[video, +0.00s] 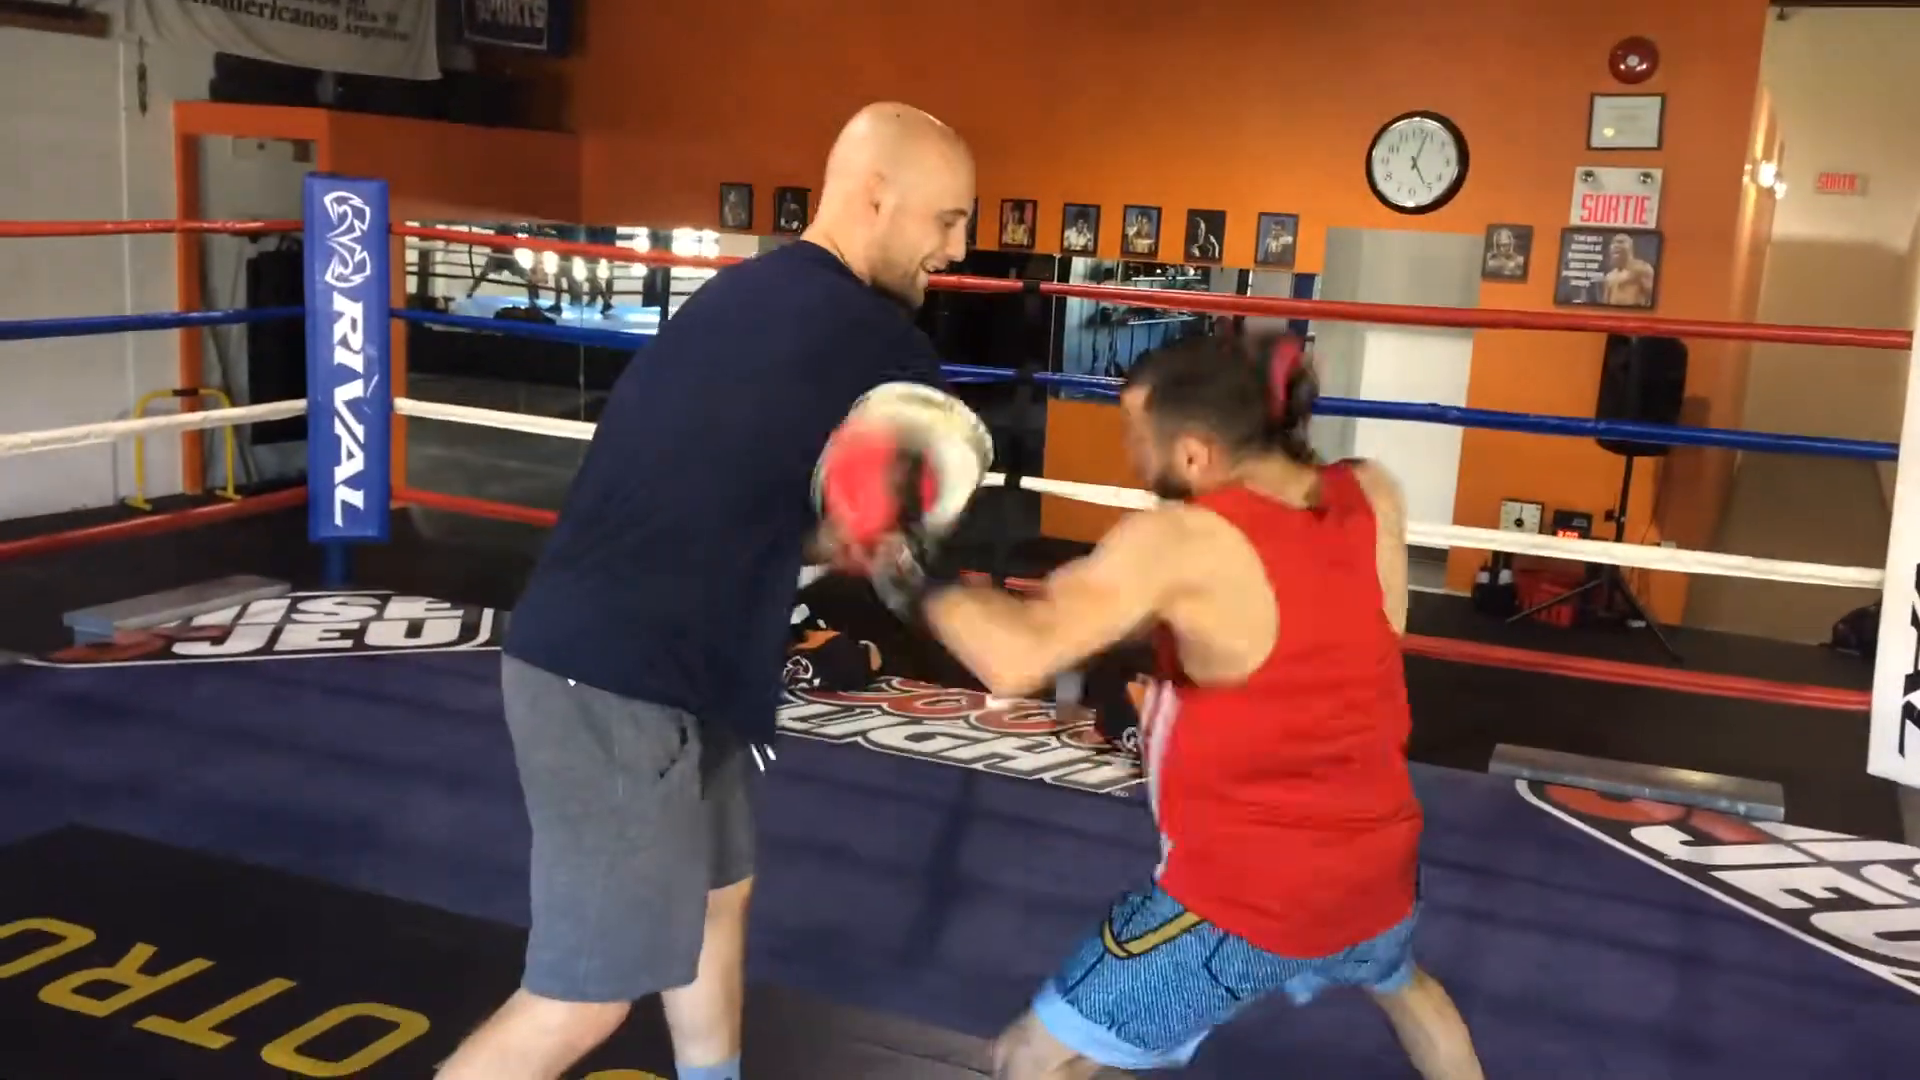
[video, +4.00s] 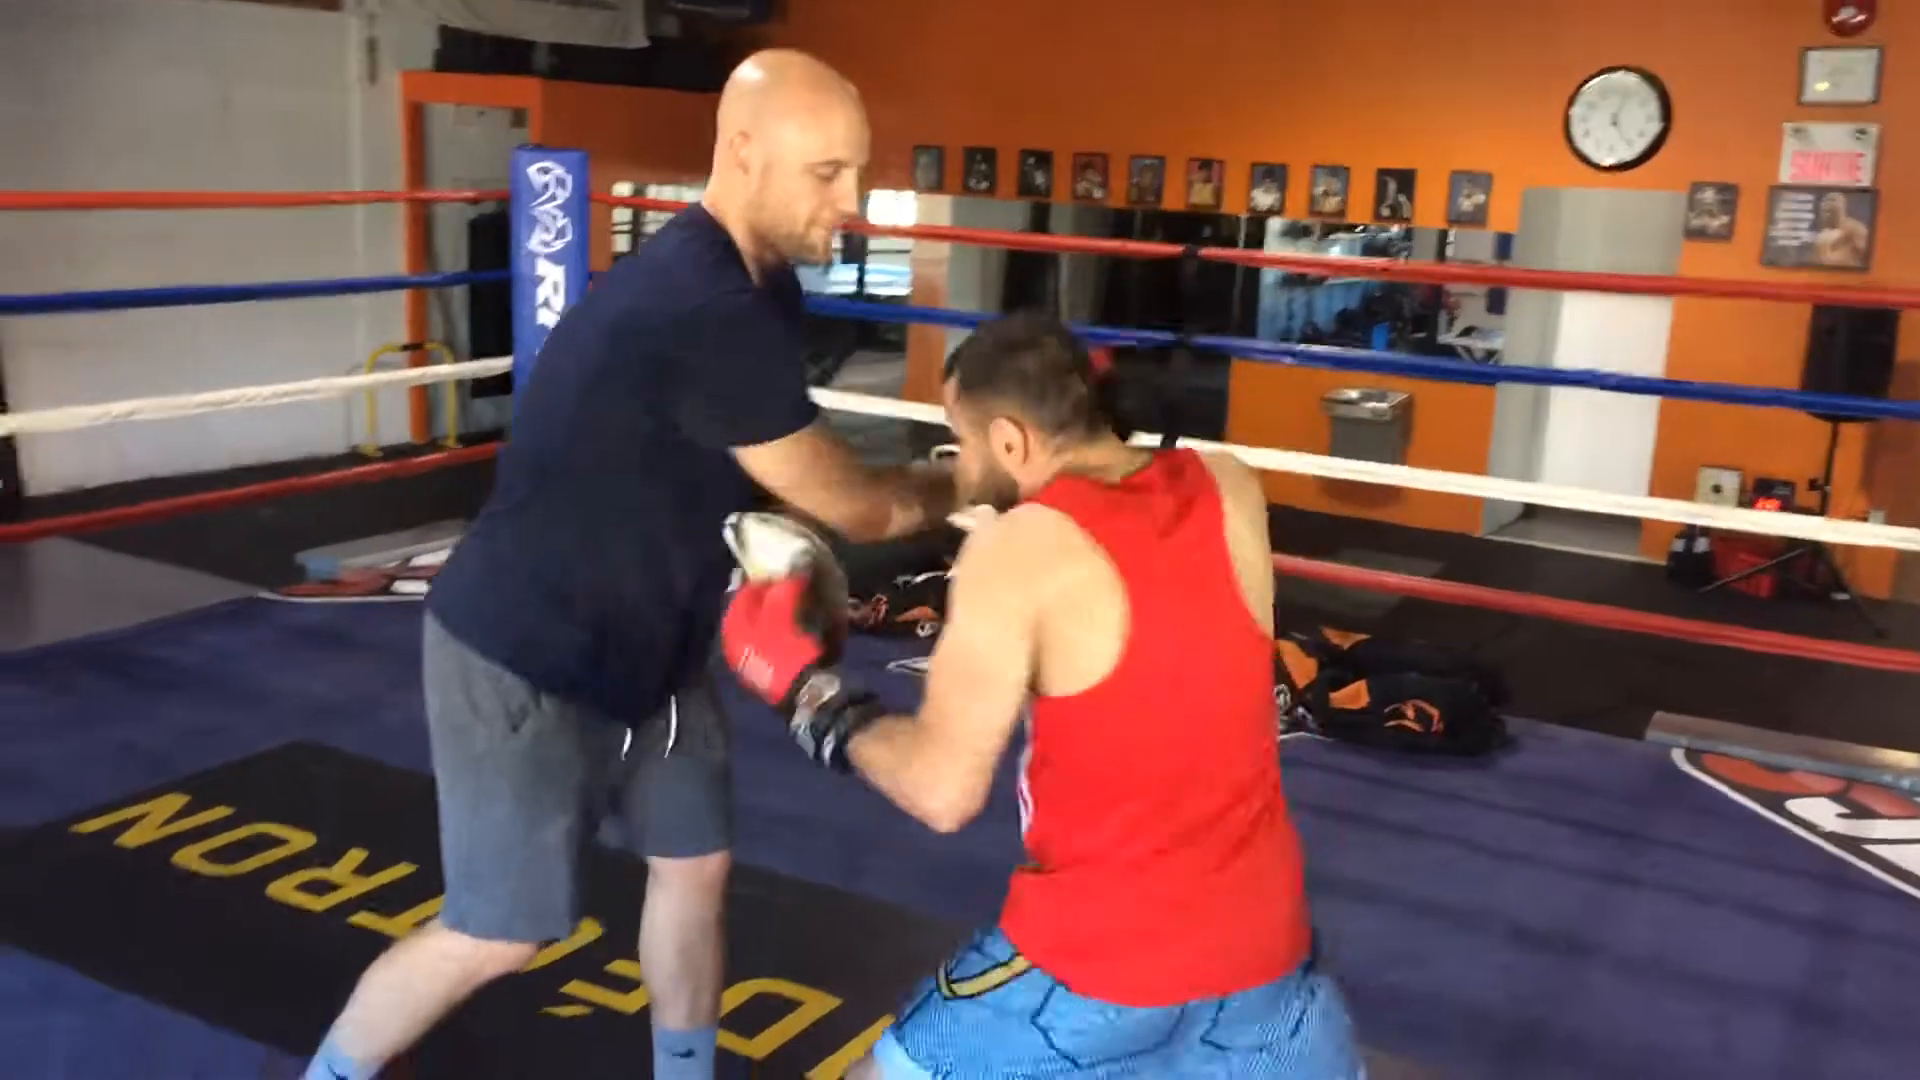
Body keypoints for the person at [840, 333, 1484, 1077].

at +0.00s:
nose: (1131, 458)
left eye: (1138, 441)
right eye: (1131, 439)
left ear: (1196, 455)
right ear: (1262, 431)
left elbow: (1013, 658)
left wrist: (914, 573)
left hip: (1244, 894)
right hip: (1378, 871)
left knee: (1031, 1059)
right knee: (1405, 987)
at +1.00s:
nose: (1242, 376)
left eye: (1264, 350)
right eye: (1243, 349)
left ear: (1342, 357)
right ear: (1348, 359)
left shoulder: (1374, 436)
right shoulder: (1424, 418)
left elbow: (1329, 633)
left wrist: (1225, 515)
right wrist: (1246, 515)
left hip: (1400, 796)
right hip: (1486, 791)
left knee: (1191, 984)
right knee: (1467, 964)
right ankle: (1515, 1076)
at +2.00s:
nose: (1042, 462)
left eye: (1057, 439)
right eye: (1044, 437)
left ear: (1128, 448)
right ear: (1147, 446)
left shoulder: (1145, 539)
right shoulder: (1279, 512)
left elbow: (1040, 734)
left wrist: (979, 606)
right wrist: (1059, 564)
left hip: (1215, 933)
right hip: (1351, 924)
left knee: (1045, 1069)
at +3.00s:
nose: (1040, 440)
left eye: (1056, 417)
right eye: (1048, 416)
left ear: (1123, 438)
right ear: (1133, 439)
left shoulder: (1187, 560)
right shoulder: (1199, 517)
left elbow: (1129, 786)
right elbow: (1012, 527)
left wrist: (967, 740)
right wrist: (902, 483)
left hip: (1177, 966)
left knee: (951, 1071)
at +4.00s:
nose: (961, 468)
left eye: (960, 441)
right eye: (956, 442)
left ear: (1014, 441)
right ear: (1090, 411)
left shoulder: (1017, 549)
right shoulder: (1229, 480)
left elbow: (941, 787)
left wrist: (802, 688)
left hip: (1090, 964)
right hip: (1264, 942)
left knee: (893, 1066)